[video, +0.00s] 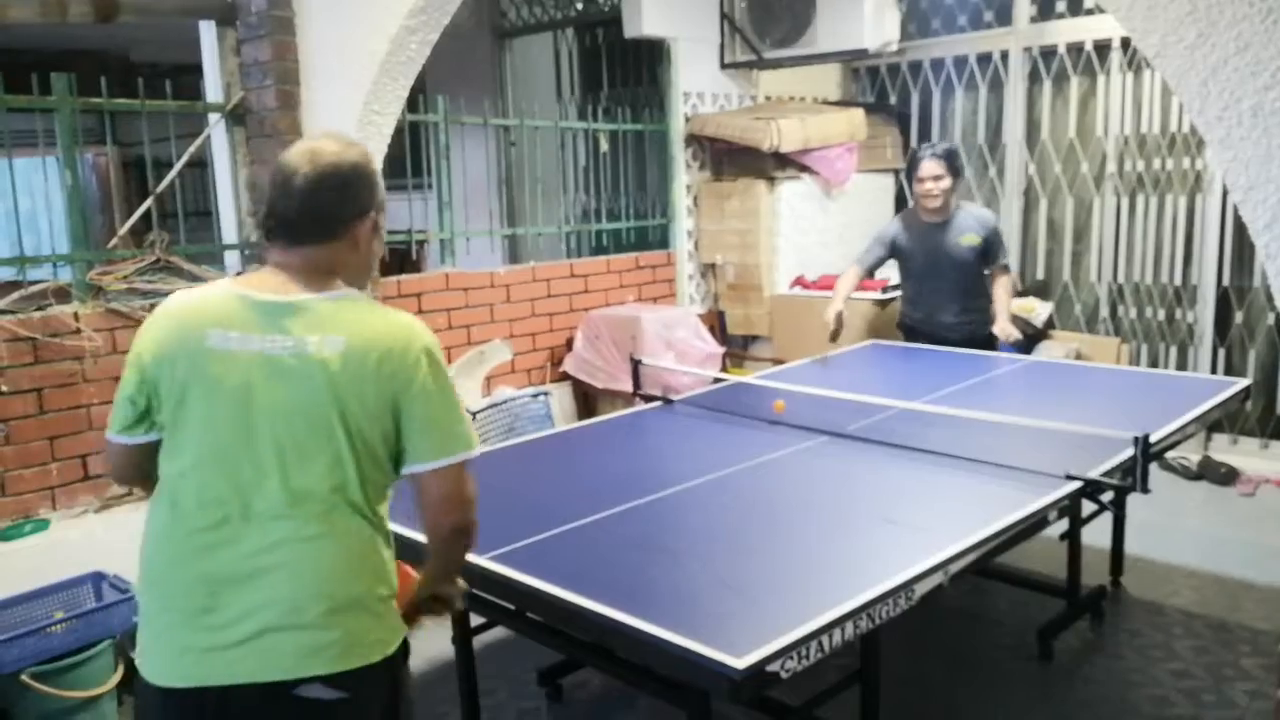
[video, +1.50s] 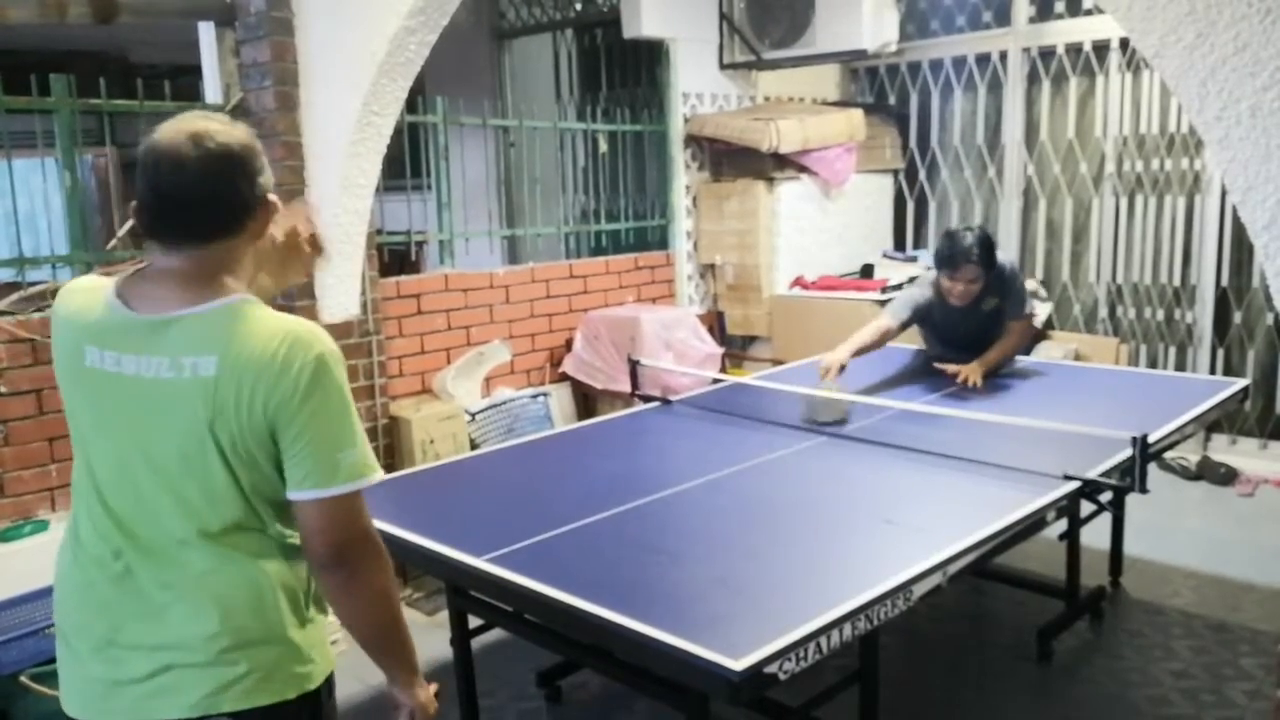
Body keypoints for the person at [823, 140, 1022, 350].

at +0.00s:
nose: (930, 187)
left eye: (938, 179)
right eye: (921, 180)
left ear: (954, 180)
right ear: (911, 184)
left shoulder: (981, 223)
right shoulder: (899, 228)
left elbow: (1000, 272)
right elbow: (859, 268)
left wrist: (1002, 319)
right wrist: (836, 303)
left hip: (973, 344)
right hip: (920, 343)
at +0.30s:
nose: (912, 187)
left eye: (920, 177)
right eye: (903, 180)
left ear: (937, 177)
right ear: (894, 182)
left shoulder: (970, 218)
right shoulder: (886, 227)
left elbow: (990, 273)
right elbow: (850, 264)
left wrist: (984, 331)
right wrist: (828, 297)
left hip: (964, 341)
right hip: (914, 341)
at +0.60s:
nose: (926, 203)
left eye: (936, 194)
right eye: (918, 195)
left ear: (956, 192)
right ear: (909, 194)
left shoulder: (983, 231)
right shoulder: (899, 230)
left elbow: (993, 293)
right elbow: (859, 264)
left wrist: (978, 349)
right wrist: (829, 297)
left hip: (971, 345)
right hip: (923, 344)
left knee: (970, 424)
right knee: (922, 422)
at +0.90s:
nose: (948, 239)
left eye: (959, 231)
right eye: (941, 229)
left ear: (978, 227)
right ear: (932, 223)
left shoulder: (1003, 251)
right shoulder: (915, 250)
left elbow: (1006, 319)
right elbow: (873, 283)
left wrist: (975, 366)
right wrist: (834, 314)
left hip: (986, 348)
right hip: (936, 348)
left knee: (981, 426)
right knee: (930, 421)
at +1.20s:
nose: (953, 284)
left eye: (965, 276)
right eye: (946, 274)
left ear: (982, 269)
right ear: (935, 266)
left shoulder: (1004, 277)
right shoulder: (922, 292)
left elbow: (1019, 332)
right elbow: (877, 325)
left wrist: (980, 366)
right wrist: (830, 344)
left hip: (995, 374)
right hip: (938, 373)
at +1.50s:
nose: (960, 289)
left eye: (971, 282)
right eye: (951, 279)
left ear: (987, 274)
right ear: (939, 271)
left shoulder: (1006, 278)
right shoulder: (922, 292)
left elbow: (1019, 333)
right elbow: (885, 326)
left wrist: (979, 366)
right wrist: (844, 351)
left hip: (997, 374)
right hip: (939, 373)